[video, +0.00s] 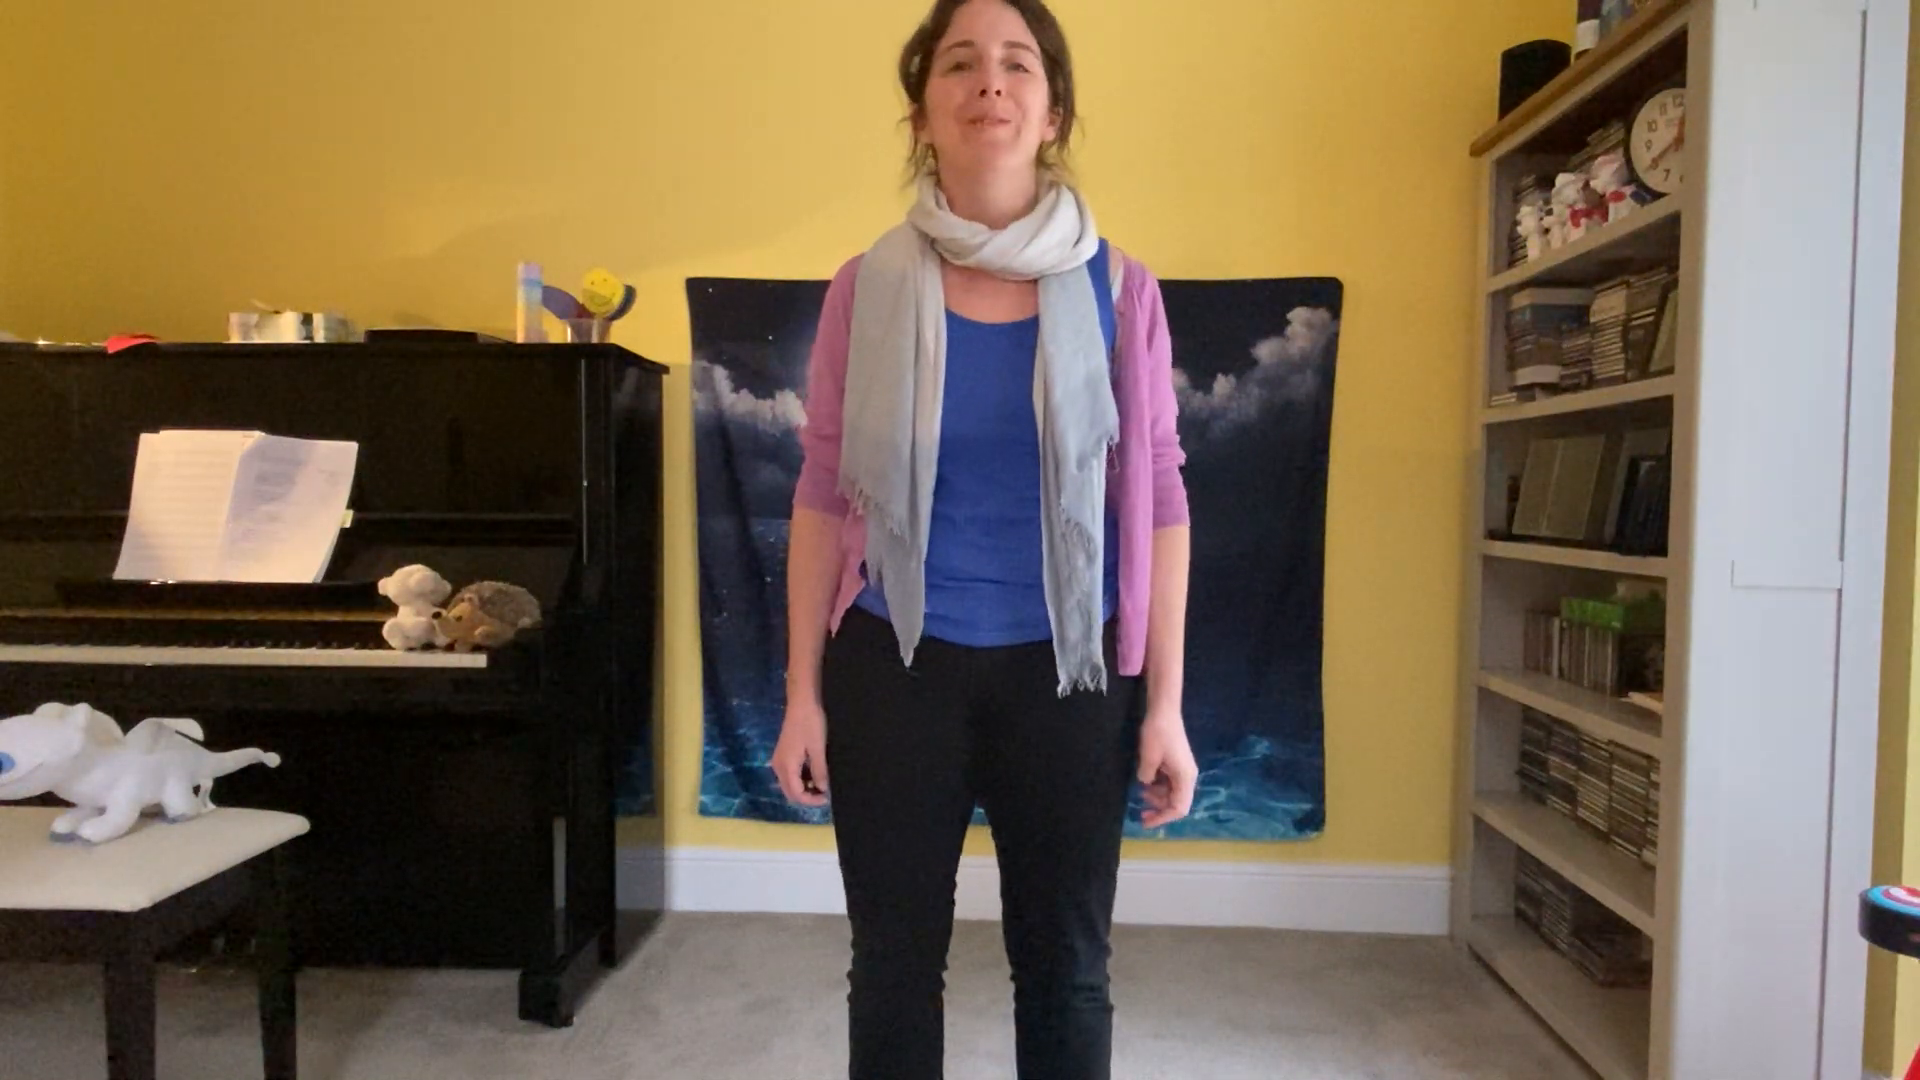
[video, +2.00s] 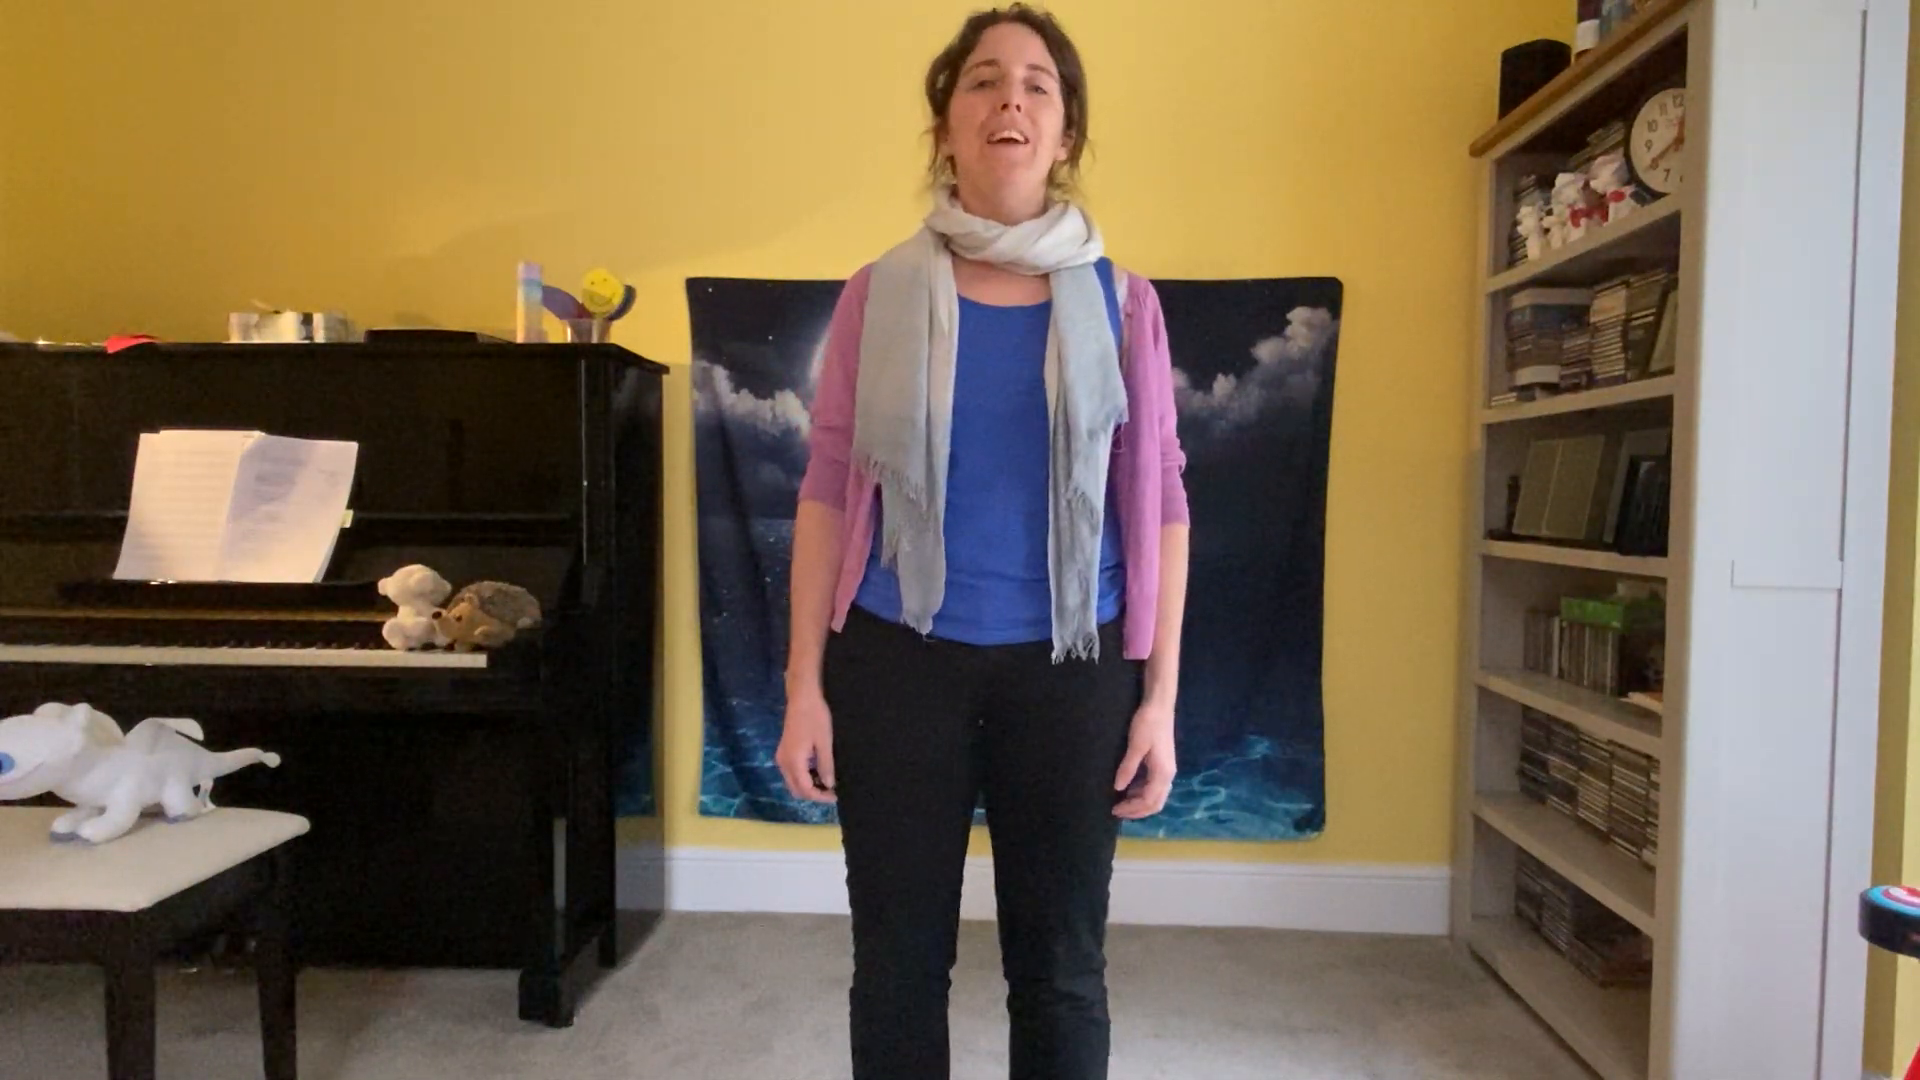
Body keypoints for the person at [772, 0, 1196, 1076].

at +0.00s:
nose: (989, 79)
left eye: (1016, 63)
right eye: (961, 63)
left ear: (1053, 108)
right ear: (922, 109)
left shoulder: (1121, 293)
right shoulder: (863, 291)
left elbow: (1160, 500)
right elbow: (821, 498)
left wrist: (1164, 700)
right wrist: (801, 689)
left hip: (1070, 681)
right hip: (892, 674)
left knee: (1067, 981)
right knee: (893, 976)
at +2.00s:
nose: (1010, 101)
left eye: (1037, 86)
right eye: (985, 82)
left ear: (1068, 133)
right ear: (944, 127)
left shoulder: (1123, 306)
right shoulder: (878, 296)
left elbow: (1161, 507)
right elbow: (826, 494)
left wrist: (1158, 694)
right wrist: (803, 681)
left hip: (1068, 678)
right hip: (894, 670)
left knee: (1061, 979)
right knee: (897, 977)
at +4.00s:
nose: (996, 90)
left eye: (1022, 76)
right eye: (970, 74)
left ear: (1059, 124)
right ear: (934, 120)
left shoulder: (1119, 304)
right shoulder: (872, 296)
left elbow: (1155, 506)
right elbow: (822, 495)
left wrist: (1152, 696)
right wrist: (798, 683)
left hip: (1062, 678)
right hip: (888, 672)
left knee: (1059, 985)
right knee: (892, 979)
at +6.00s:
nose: (987, 81)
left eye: (1014, 63)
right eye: (958, 62)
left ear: (1052, 105)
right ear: (920, 105)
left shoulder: (1115, 296)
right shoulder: (858, 290)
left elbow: (1153, 503)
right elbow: (811, 496)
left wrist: (1159, 703)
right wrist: (785, 693)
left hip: (1060, 686)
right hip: (879, 680)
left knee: (1053, 991)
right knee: (890, 987)